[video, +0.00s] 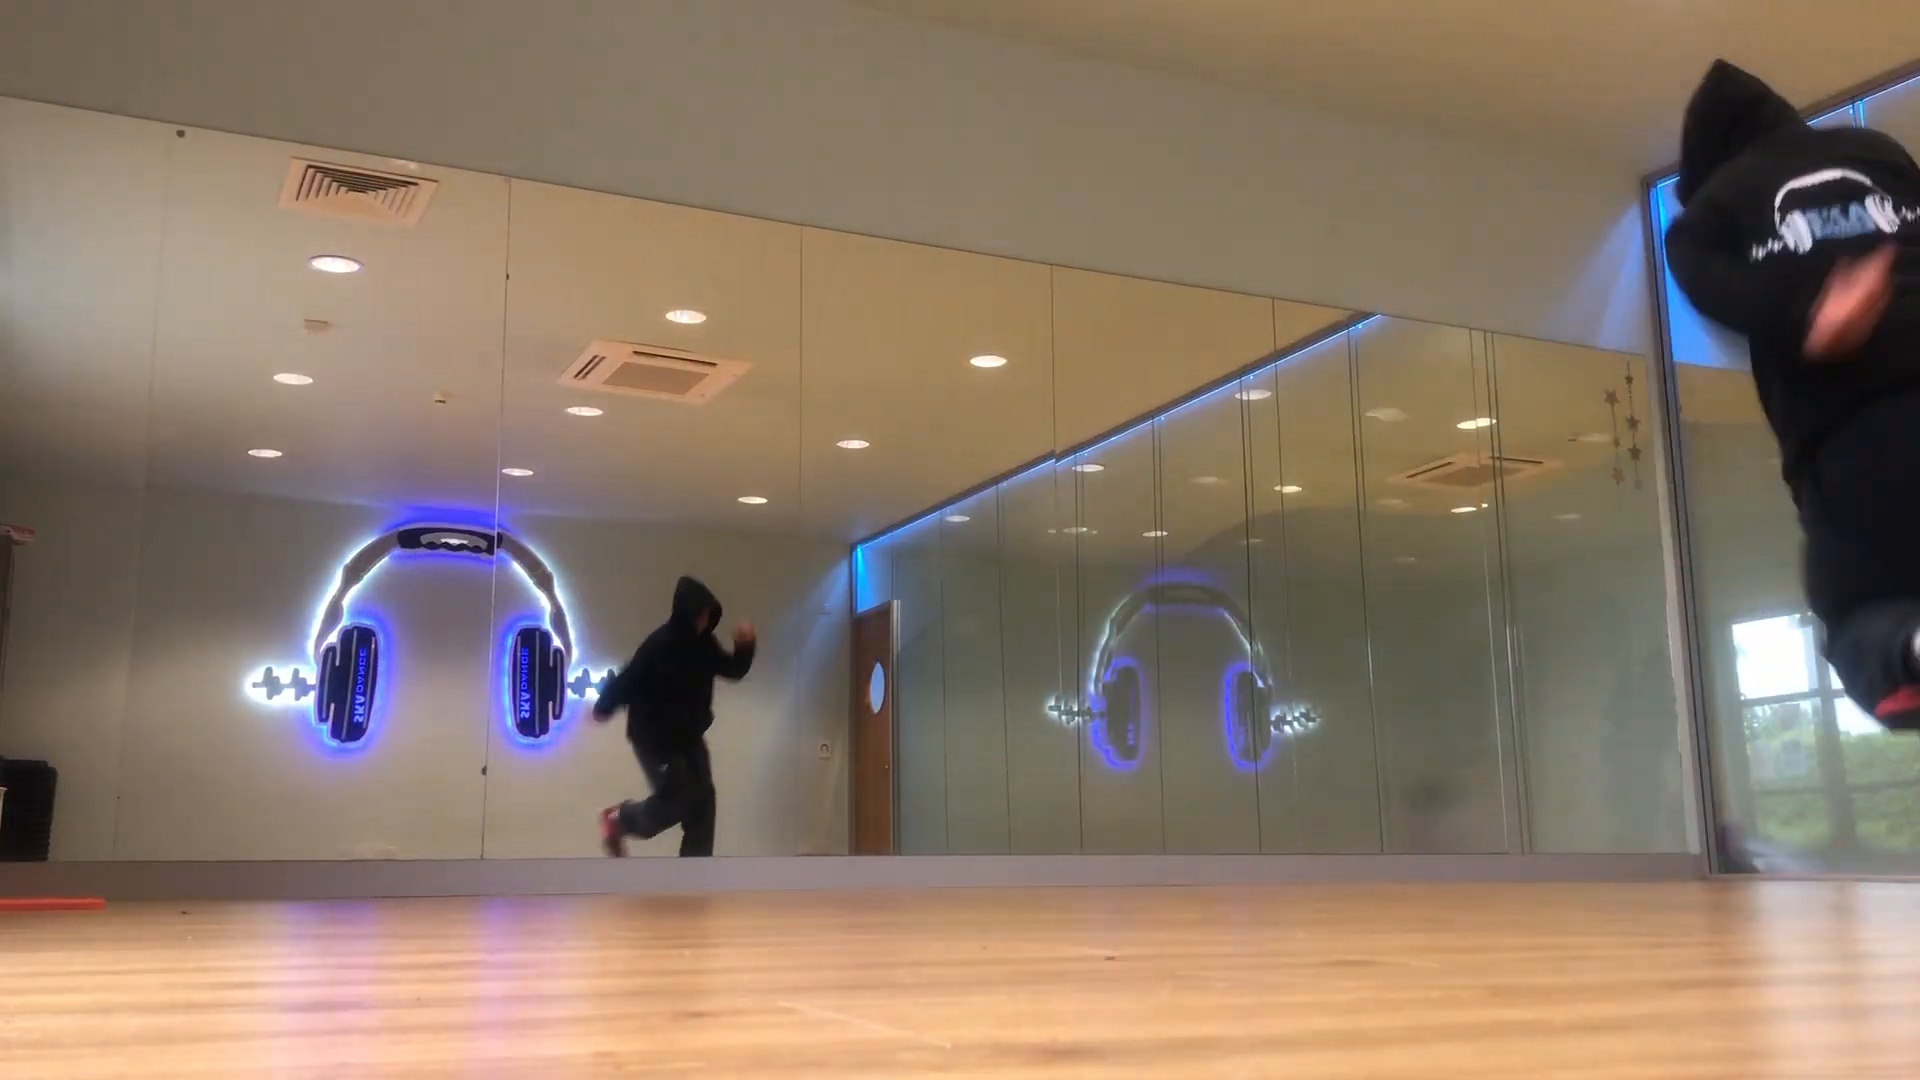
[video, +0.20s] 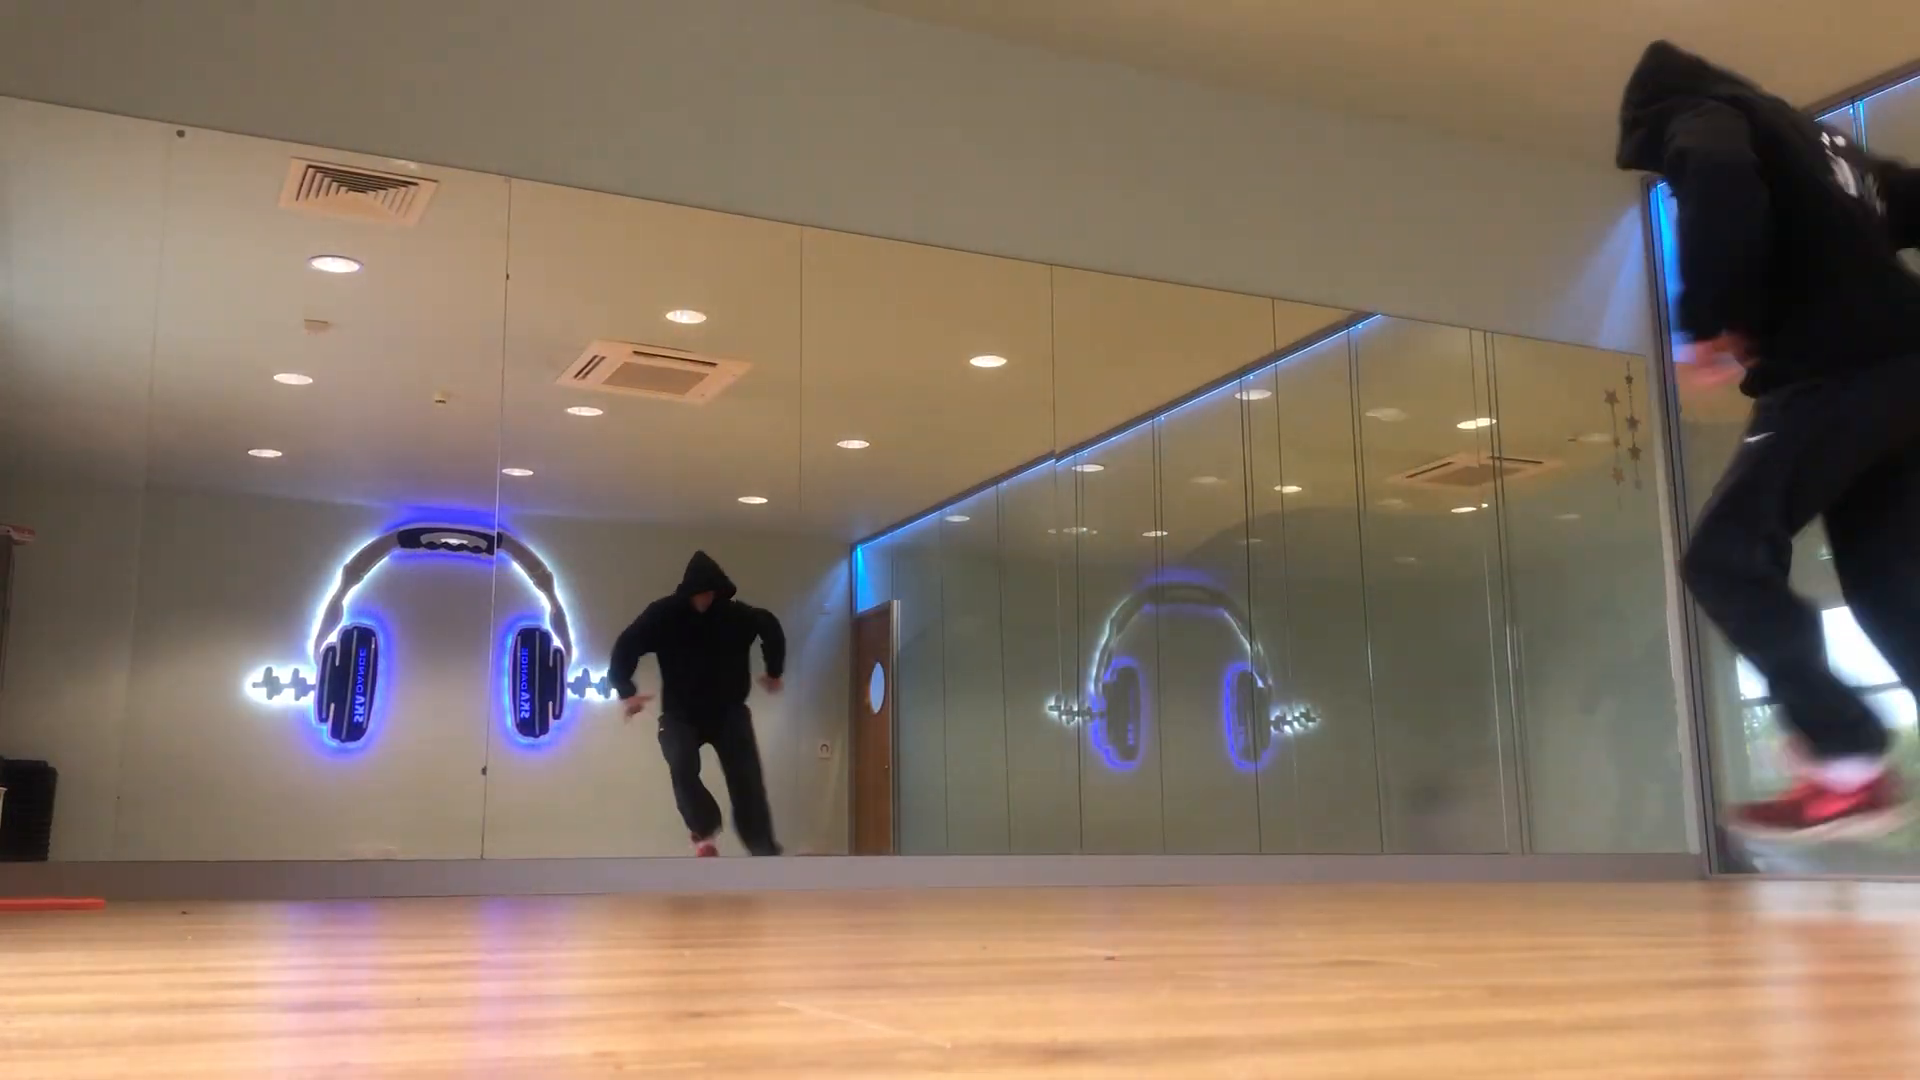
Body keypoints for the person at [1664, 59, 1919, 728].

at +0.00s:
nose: (1691, 176)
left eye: (1694, 161)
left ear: (1710, 141)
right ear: (1777, 113)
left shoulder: (1717, 198)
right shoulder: (1880, 149)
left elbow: (1705, 274)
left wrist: (1804, 301)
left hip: (1850, 425)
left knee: (1859, 608)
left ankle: (1900, 653)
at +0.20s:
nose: (1650, 153)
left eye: (1648, 139)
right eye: (1646, 145)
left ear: (1658, 114)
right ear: (1709, 89)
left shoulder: (1691, 116)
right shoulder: (1801, 131)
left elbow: (1719, 178)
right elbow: (1910, 195)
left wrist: (1703, 322)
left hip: (1835, 375)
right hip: (1896, 364)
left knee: (1724, 555)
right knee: (1886, 580)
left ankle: (1847, 760)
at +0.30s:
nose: (1636, 221)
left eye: (1632, 203)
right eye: (1626, 209)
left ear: (1656, 175)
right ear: (1678, 158)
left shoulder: (1728, 191)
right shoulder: (1757, 185)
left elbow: (1725, 288)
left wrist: (1647, 342)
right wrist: (1670, 340)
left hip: (1859, 441)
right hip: (1885, 440)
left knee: (1720, 597)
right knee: (1888, 648)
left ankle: (1695, 817)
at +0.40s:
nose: (1600, 299)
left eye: (1597, 281)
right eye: (1591, 285)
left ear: (1623, 257)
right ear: (1647, 236)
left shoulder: (1704, 285)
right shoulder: (1733, 270)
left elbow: (1685, 433)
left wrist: (1635, 412)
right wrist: (1656, 402)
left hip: (1840, 508)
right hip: (1888, 504)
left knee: (1688, 622)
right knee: (1891, 700)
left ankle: (1651, 841)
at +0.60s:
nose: (1483, 257)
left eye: (1484, 241)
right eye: (1482, 245)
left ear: (1499, 219)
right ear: (1551, 197)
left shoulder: (1520, 256)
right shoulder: (1641, 242)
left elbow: (1506, 377)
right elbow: (1765, 288)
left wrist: (1487, 457)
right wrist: (1871, 342)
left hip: (1689, 448)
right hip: (1776, 431)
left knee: (1600, 631)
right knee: (1751, 639)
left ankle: (1647, 848)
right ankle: (1915, 722)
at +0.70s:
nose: (1466, 189)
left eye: (1467, 177)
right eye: (1469, 179)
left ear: (1483, 160)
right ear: (1547, 141)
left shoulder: (1488, 208)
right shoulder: (1648, 185)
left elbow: (1471, 315)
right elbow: (1749, 278)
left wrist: (1457, 432)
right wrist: (1740, 392)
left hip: (1596, 415)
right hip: (1712, 402)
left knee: (1544, 595)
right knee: (1714, 592)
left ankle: (1595, 817)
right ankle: (1779, 737)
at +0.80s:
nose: (1468, 173)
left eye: (1469, 162)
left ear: (1476, 157)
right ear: (1555, 146)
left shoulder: (1464, 208)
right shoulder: (1624, 201)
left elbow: (1443, 275)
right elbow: (1720, 307)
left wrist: (1428, 377)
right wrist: (1635, 344)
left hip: (1521, 430)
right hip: (1647, 423)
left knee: (1483, 611)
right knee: (1665, 622)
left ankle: (1468, 816)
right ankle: (1663, 816)